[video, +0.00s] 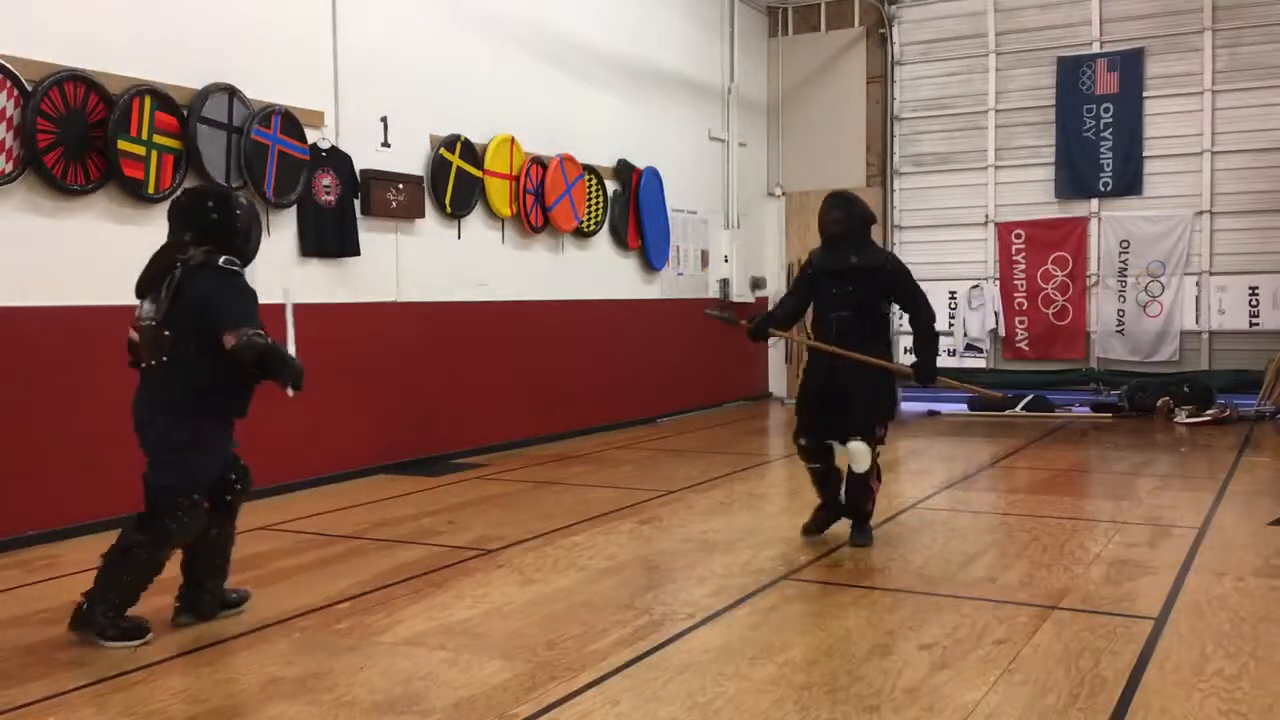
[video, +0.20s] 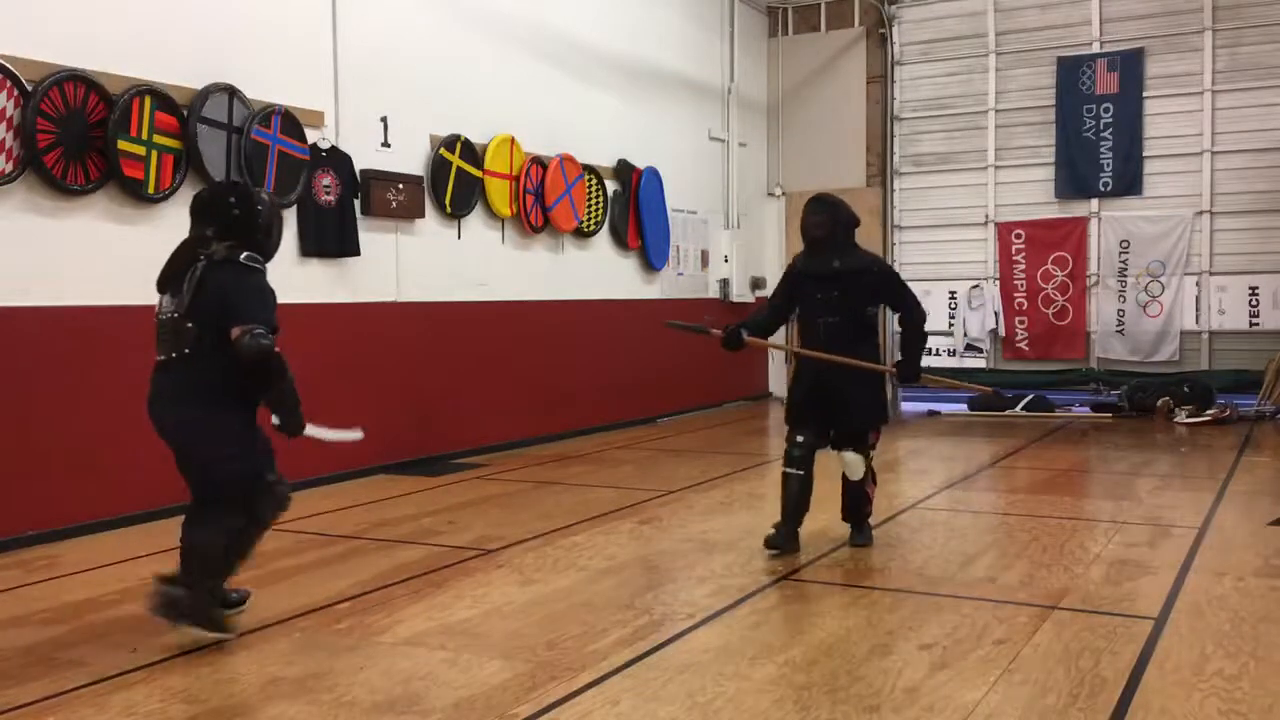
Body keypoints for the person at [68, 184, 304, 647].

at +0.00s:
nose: (250, 234)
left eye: (248, 224)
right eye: (244, 225)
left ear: (188, 230)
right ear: (227, 230)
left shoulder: (169, 271)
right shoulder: (221, 279)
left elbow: (142, 346)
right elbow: (242, 340)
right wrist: (282, 365)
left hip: (164, 412)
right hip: (188, 419)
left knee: (229, 483)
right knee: (175, 512)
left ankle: (202, 593)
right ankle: (101, 608)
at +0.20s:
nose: (274, 229)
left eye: (272, 220)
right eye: (268, 221)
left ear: (212, 226)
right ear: (249, 227)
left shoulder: (187, 265)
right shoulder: (244, 276)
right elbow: (255, 349)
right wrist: (287, 407)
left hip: (173, 399)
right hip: (212, 406)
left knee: (214, 492)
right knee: (262, 491)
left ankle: (203, 581)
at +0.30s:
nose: (286, 230)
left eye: (283, 220)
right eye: (277, 222)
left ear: (221, 229)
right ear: (257, 229)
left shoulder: (197, 268)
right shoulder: (252, 278)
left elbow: (210, 343)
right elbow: (260, 354)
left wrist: (284, 354)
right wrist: (290, 420)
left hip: (183, 405)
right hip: (226, 411)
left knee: (218, 492)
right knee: (281, 493)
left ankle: (200, 594)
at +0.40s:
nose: (300, 242)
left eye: (298, 233)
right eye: (292, 234)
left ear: (239, 239)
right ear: (268, 240)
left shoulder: (211, 275)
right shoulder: (265, 289)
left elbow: (227, 349)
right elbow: (273, 368)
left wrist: (293, 360)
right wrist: (306, 424)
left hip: (196, 418)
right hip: (241, 425)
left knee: (230, 498)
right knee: (307, 500)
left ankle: (202, 593)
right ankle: (334, 608)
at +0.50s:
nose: (318, 252)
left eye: (315, 242)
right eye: (310, 242)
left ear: (253, 246)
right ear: (290, 248)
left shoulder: (227, 282)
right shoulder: (289, 299)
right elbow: (310, 375)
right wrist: (346, 432)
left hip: (214, 432)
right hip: (265, 438)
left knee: (241, 501)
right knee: (337, 506)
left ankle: (202, 595)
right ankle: (344, 619)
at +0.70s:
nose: (352, 231)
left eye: (347, 221)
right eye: (344, 222)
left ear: (281, 227)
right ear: (326, 230)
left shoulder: (250, 275)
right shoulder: (331, 283)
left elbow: (234, 349)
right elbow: (368, 358)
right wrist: (408, 419)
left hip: (248, 429)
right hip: (313, 436)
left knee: (253, 502)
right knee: (365, 505)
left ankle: (198, 606)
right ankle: (347, 620)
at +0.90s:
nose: (357, 196)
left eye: (355, 185)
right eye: (350, 186)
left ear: (286, 184)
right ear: (331, 187)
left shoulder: (253, 231)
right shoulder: (329, 235)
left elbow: (264, 325)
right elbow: (335, 318)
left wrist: (344, 374)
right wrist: (376, 380)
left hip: (247, 399)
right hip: (310, 401)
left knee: (270, 510)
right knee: (353, 498)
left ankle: (256, 631)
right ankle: (364, 613)